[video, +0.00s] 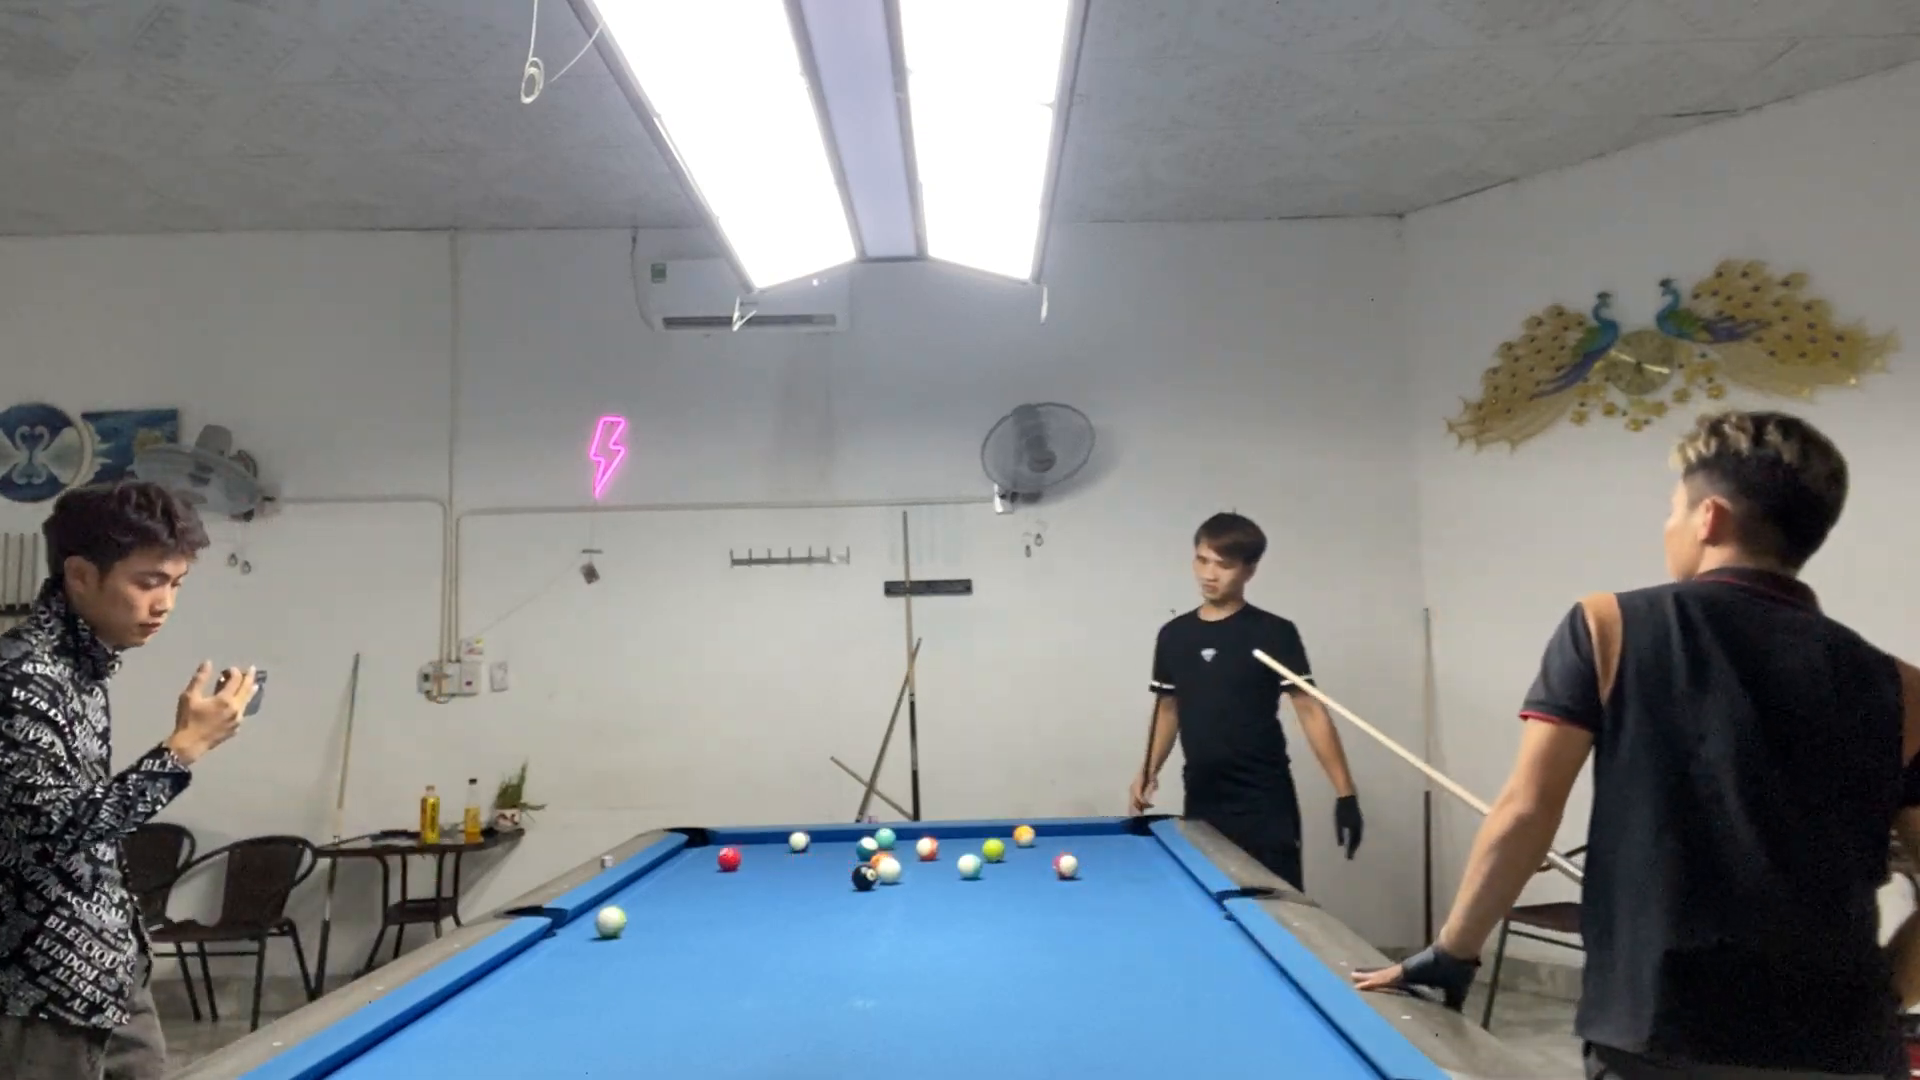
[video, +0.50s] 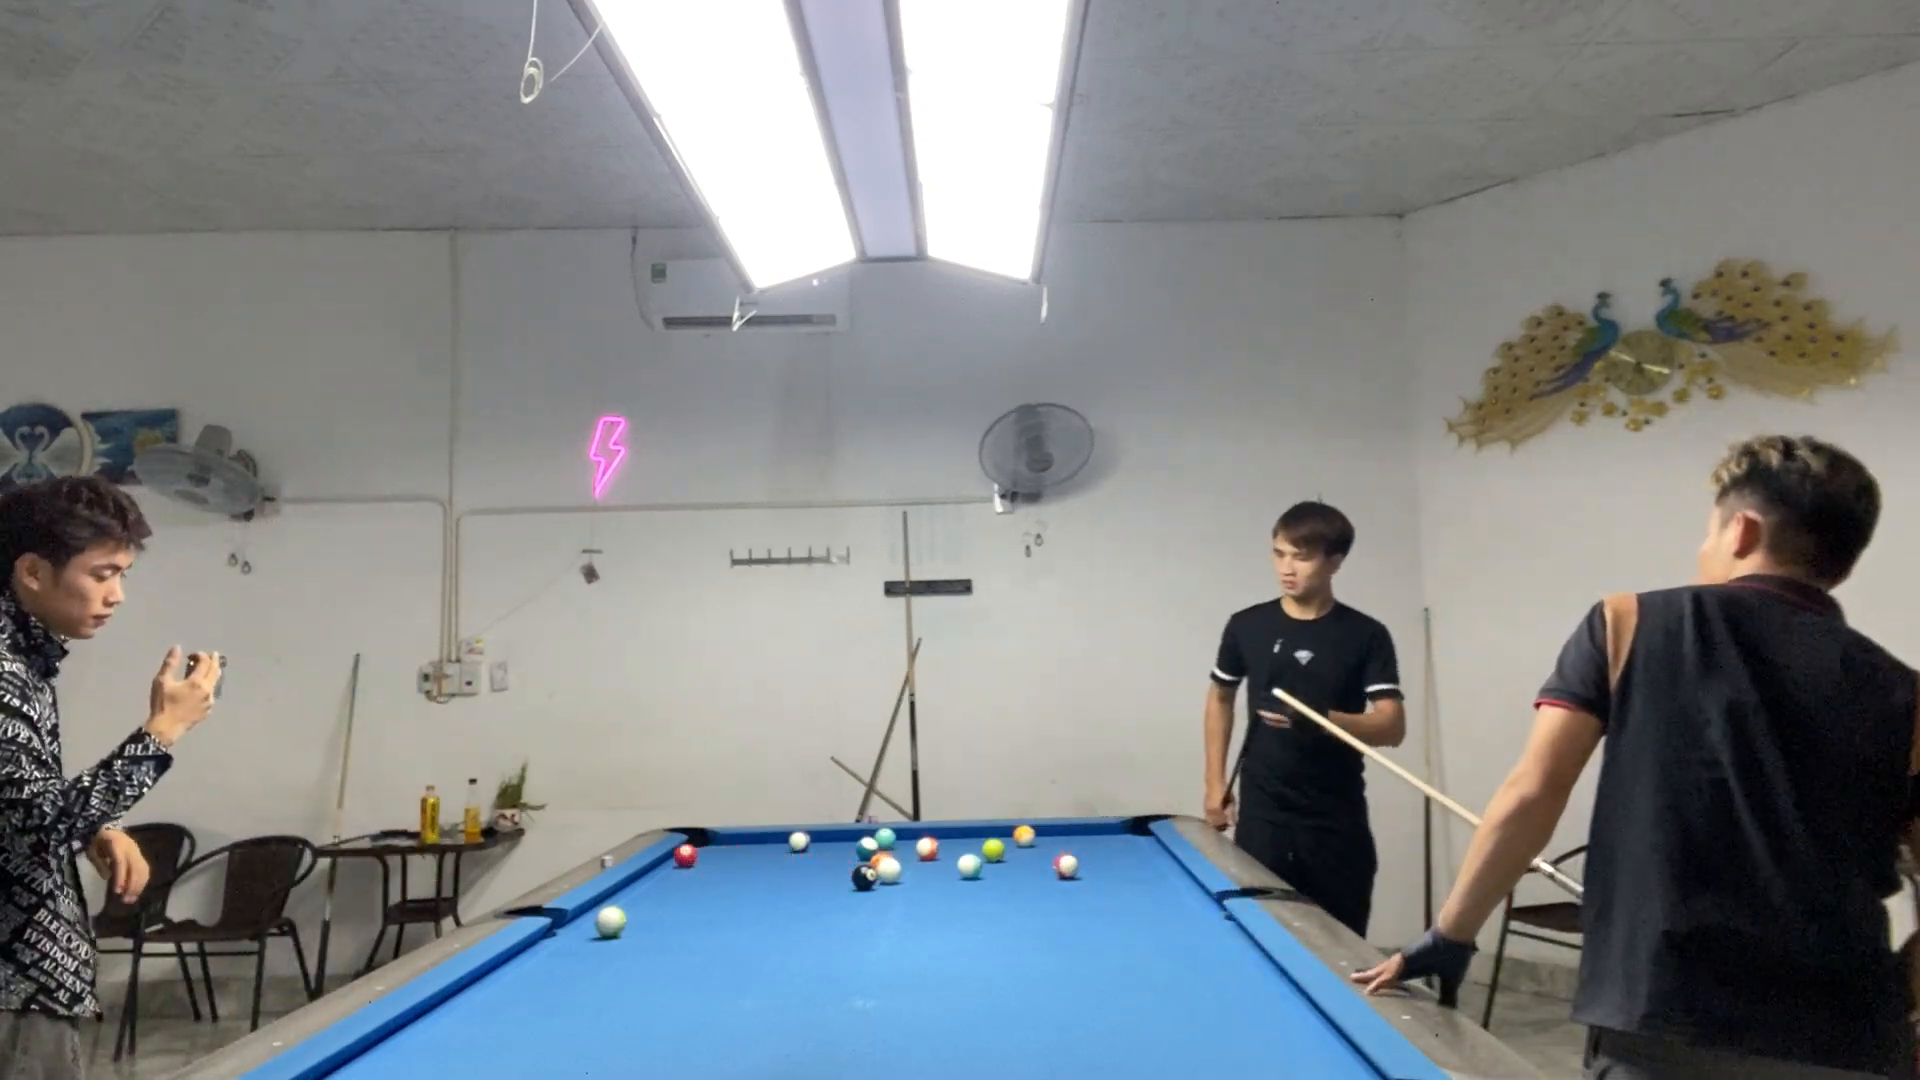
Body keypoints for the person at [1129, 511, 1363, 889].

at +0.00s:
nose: (1209, 574)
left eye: (1223, 565)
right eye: (1202, 561)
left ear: (1249, 571)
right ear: (1194, 560)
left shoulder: (1275, 633)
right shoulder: (1174, 635)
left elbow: (1311, 711)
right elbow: (1167, 710)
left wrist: (1345, 794)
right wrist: (1148, 771)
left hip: (1266, 802)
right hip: (1204, 800)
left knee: (1279, 919)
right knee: (1209, 916)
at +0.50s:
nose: (1287, 568)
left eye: (1301, 557)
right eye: (1280, 555)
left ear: (1334, 562)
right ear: (1272, 555)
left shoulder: (1366, 636)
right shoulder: (1247, 627)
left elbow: (1391, 727)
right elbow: (1220, 698)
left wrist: (1320, 719)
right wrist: (1215, 783)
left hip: (1337, 823)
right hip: (1263, 820)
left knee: (1337, 954)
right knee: (1259, 946)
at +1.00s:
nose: (1278, 558)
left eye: (1289, 542)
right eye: (1273, 545)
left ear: (1334, 541)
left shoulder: (1394, 616)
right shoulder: (1272, 630)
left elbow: (1415, 717)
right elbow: (1267, 720)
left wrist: (1315, 709)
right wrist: (1267, 806)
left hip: (1386, 836)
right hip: (1303, 837)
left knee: (1418, 979)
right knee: (1305, 973)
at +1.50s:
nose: (1258, 565)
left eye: (1262, 547)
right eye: (1254, 550)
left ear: (1305, 540)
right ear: (1305, 541)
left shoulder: (1353, 612)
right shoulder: (1336, 612)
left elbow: (1302, 728)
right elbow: (1316, 749)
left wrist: (1205, 660)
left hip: (1391, 865)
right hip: (1364, 858)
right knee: (1342, 1018)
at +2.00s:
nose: (1273, 548)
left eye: (1272, 531)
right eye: (1267, 532)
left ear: (1314, 523)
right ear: (1358, 515)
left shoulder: (1319, 622)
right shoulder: (1461, 591)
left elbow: (1252, 757)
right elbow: (1570, 688)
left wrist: (1144, 713)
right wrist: (1579, 796)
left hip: (1404, 895)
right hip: (1511, 883)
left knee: (1399, 1063)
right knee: (1538, 1062)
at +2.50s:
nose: (1275, 580)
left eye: (1270, 561)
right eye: (1267, 564)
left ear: (1308, 551)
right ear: (1364, 539)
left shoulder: (1309, 642)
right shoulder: (1477, 601)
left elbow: (1204, 774)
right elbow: (1607, 676)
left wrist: (1119, 814)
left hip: (1450, 928)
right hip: (1572, 908)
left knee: (1457, 1074)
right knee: (1582, 1071)